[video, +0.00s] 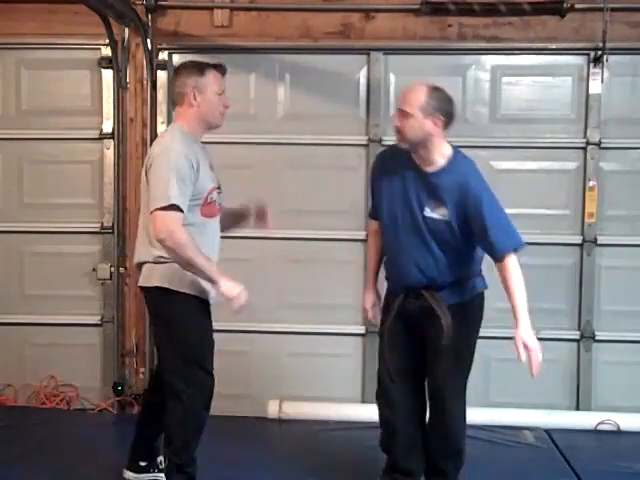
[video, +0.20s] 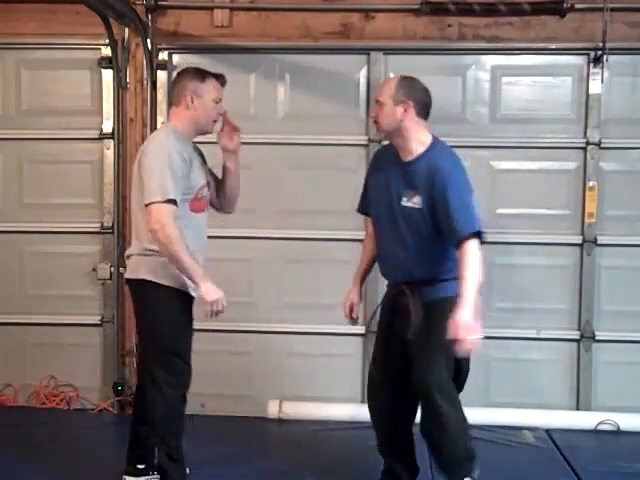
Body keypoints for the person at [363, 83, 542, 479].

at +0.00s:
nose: (395, 121)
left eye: (404, 115)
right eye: (397, 112)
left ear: (435, 125)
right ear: (424, 122)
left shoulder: (464, 179)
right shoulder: (388, 163)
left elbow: (505, 253)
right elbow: (377, 226)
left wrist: (523, 324)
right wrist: (370, 286)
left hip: (455, 302)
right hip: (401, 298)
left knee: (445, 397)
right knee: (395, 395)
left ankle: (442, 472)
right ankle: (401, 470)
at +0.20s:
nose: (372, 112)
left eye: (379, 105)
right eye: (373, 104)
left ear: (405, 110)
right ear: (399, 111)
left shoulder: (442, 164)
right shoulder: (383, 158)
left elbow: (470, 241)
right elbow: (374, 229)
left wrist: (467, 308)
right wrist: (357, 283)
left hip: (442, 297)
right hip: (399, 296)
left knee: (433, 390)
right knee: (384, 396)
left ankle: (461, 470)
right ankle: (399, 472)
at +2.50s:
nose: (499, 163)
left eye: (508, 155)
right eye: (492, 152)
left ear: (517, 153)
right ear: (474, 142)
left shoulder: (523, 199)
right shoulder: (433, 176)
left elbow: (505, 273)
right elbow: (384, 213)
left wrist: (433, 279)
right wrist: (332, 232)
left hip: (489, 316)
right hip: (432, 307)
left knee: (463, 419)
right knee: (385, 399)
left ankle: (445, 474)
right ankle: (353, 470)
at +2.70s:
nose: (490, 153)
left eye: (501, 147)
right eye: (485, 142)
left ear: (522, 141)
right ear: (476, 129)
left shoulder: (539, 186)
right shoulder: (455, 160)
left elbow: (564, 259)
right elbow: (399, 186)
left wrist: (516, 300)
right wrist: (342, 192)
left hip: (517, 306)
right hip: (468, 297)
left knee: (488, 406)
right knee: (455, 387)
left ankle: (470, 472)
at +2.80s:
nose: (486, 148)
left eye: (497, 143)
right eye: (483, 137)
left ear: (522, 138)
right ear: (479, 125)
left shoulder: (542, 178)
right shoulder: (461, 155)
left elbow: (575, 246)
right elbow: (410, 171)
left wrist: (529, 300)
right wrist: (355, 175)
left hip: (527, 304)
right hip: (481, 297)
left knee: (505, 415)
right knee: (482, 405)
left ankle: (495, 476)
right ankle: (492, 470)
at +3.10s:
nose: (514, 154)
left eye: (526, 151)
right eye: (511, 144)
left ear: (552, 143)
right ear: (508, 129)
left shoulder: (567, 179)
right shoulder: (485, 151)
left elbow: (561, 257)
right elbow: (422, 153)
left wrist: (495, 284)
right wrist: (361, 159)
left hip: (556, 300)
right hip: (504, 299)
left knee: (572, 391)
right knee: (495, 394)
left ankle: (615, 471)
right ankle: (494, 473)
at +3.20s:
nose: (527, 161)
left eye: (539, 157)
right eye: (523, 151)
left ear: (564, 146)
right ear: (520, 134)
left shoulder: (580, 187)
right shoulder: (493, 155)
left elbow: (568, 260)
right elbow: (426, 158)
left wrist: (503, 288)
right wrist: (362, 164)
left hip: (569, 304)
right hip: (510, 303)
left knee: (594, 398)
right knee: (498, 396)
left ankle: (617, 472)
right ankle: (492, 474)